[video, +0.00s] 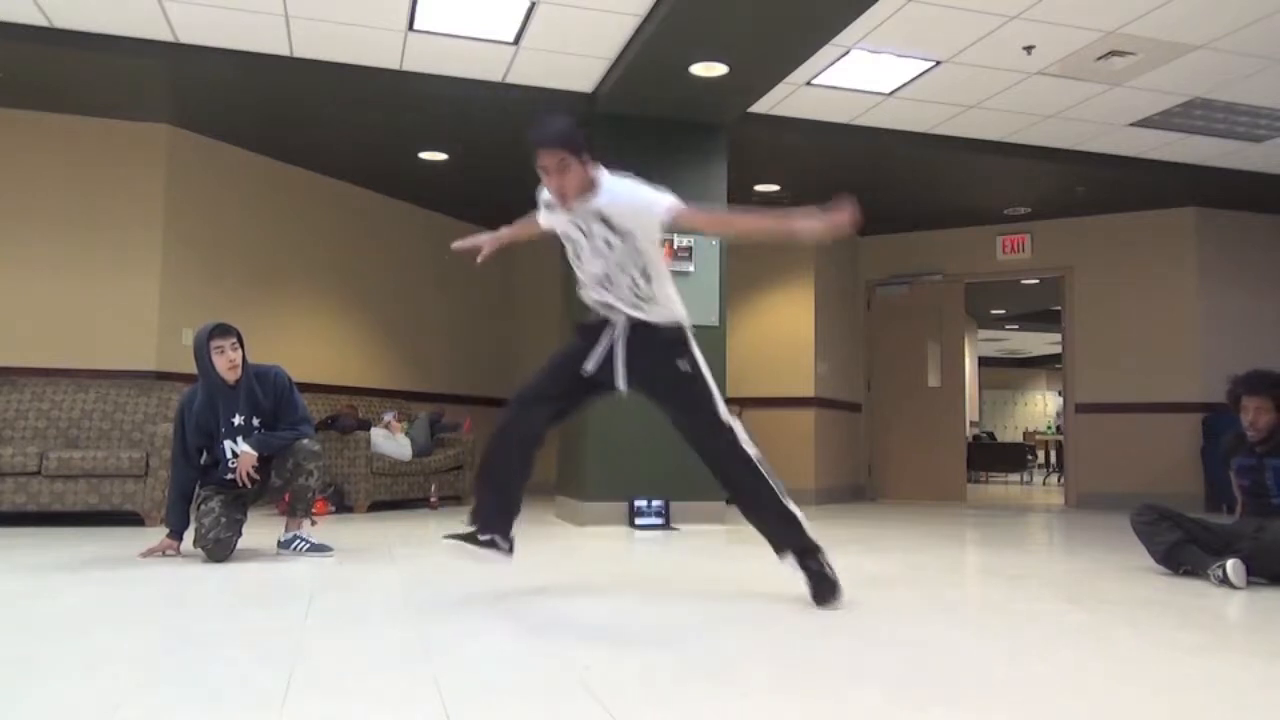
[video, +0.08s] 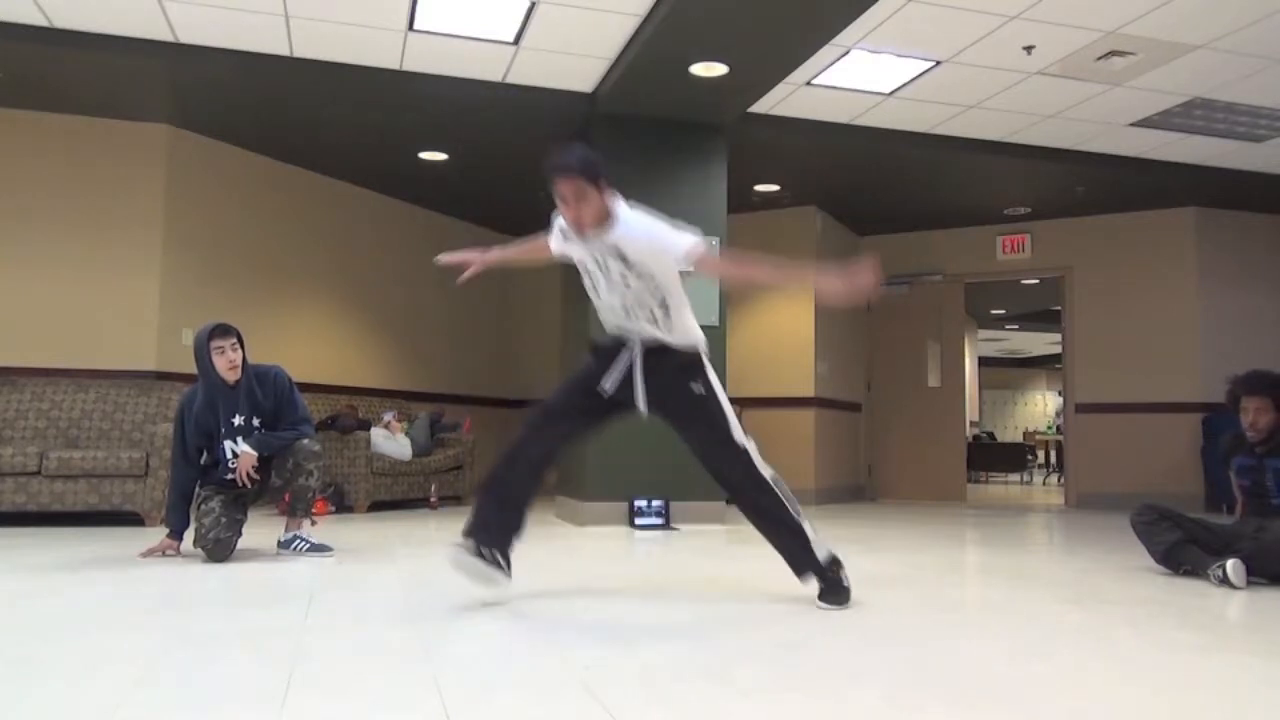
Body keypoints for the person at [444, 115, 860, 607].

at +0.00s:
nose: (551, 179)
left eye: (559, 169)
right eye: (544, 171)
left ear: (585, 163)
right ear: (541, 172)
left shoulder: (624, 197)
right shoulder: (554, 201)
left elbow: (710, 221)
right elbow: (540, 224)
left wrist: (805, 223)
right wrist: (495, 239)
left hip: (660, 336)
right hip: (602, 335)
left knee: (721, 445)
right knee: (527, 412)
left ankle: (806, 555)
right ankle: (492, 526)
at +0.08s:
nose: (569, 211)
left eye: (577, 199)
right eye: (562, 201)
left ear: (603, 191)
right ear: (557, 198)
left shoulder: (638, 230)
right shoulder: (569, 227)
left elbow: (723, 264)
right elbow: (543, 248)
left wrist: (822, 278)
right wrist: (489, 256)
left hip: (677, 360)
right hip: (617, 357)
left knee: (736, 466)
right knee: (545, 428)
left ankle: (821, 567)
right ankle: (490, 541)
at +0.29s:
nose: (614, 315)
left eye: (626, 305)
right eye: (607, 303)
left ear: (647, 308)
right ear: (596, 301)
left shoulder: (665, 363)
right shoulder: (573, 319)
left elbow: (689, 447)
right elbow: (473, 323)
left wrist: (725, 519)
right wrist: (484, 352)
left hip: (648, 419)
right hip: (579, 400)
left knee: (732, 473)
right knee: (525, 456)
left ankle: (820, 546)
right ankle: (514, 573)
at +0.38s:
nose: (638, 333)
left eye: (652, 325)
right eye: (632, 318)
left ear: (666, 331)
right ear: (617, 313)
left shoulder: (664, 396)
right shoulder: (584, 329)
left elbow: (672, 487)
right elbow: (484, 332)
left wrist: (699, 572)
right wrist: (495, 363)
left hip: (625, 433)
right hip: (563, 407)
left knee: (690, 493)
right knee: (512, 456)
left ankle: (765, 530)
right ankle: (509, 577)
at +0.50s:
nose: (691, 339)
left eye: (706, 334)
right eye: (687, 324)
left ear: (715, 348)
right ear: (670, 323)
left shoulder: (687, 421)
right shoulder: (629, 337)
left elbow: (672, 500)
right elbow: (558, 298)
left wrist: (679, 590)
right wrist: (520, 266)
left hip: (603, 466)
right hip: (564, 425)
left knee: (574, 540)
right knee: (530, 467)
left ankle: (549, 494)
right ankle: (497, 584)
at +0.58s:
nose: (720, 333)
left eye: (733, 329)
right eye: (716, 321)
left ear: (742, 346)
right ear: (699, 322)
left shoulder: (711, 421)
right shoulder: (658, 333)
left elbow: (683, 501)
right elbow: (593, 273)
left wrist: (679, 587)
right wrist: (550, 208)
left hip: (595, 484)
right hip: (568, 436)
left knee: (530, 552)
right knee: (543, 507)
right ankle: (492, 586)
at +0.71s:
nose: (738, 335)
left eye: (752, 333)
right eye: (735, 324)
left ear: (762, 352)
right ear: (720, 325)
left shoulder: (732, 416)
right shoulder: (689, 336)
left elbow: (696, 500)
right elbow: (625, 279)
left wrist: (680, 586)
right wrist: (576, 227)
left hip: (610, 473)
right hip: (590, 426)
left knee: (543, 572)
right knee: (548, 549)